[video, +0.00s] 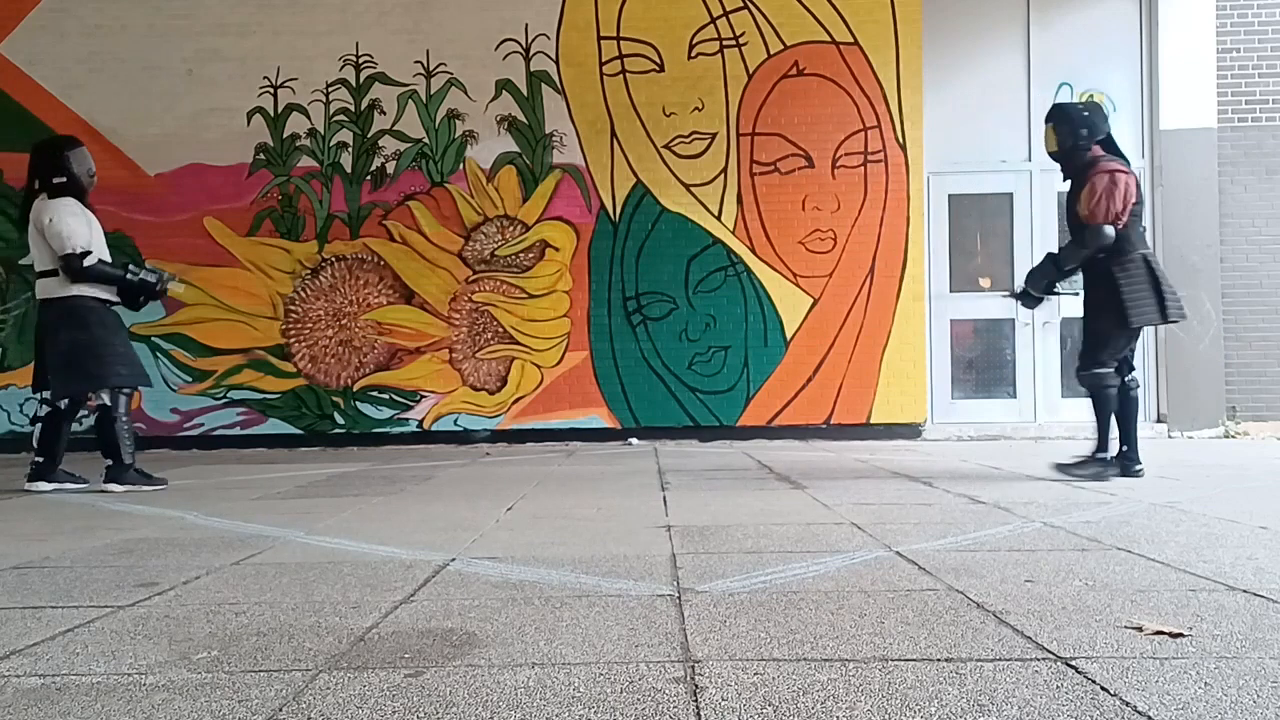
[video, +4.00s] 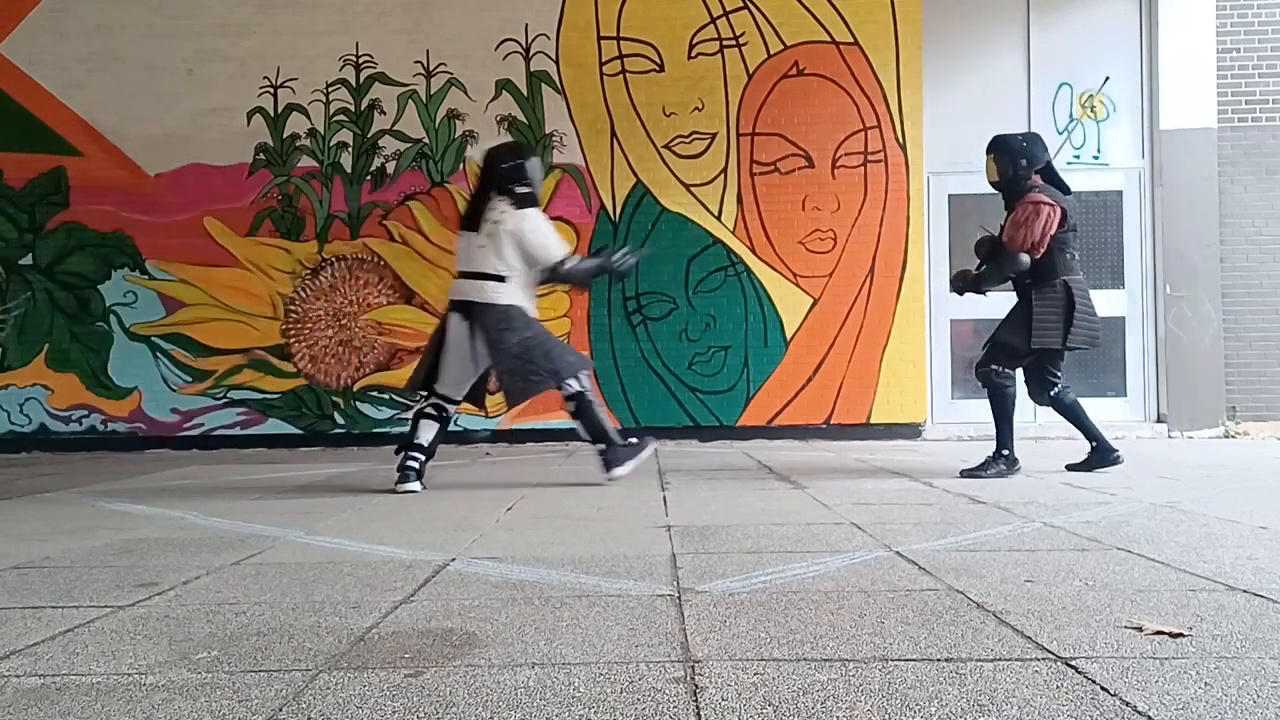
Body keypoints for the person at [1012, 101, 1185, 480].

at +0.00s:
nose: (1052, 146)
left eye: (1057, 137)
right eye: (1051, 137)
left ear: (1080, 136)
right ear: (1086, 136)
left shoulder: (1106, 176)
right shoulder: (1092, 176)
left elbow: (1097, 238)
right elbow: (1086, 242)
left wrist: (1051, 269)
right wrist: (1048, 277)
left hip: (1117, 286)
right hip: (1116, 285)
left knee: (1097, 367)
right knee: (1119, 368)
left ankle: (1103, 454)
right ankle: (1129, 457)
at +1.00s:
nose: (1111, 139)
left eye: (1119, 130)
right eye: (1110, 131)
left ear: (1144, 133)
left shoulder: (1173, 179)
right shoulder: (1112, 189)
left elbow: (1150, 229)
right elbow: (1088, 229)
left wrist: (1087, 248)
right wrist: (1057, 221)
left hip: (1165, 283)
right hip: (1122, 284)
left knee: (1168, 375)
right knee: (1115, 371)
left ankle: (1173, 455)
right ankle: (1139, 454)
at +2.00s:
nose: (1010, 167)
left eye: (1016, 159)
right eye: (1010, 159)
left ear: (1038, 162)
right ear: (1049, 164)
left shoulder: (1043, 200)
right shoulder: (1067, 196)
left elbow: (1002, 244)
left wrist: (968, 252)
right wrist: (1005, 222)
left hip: (1060, 303)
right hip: (1083, 302)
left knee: (1006, 372)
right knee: (1049, 386)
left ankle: (966, 450)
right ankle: (1102, 456)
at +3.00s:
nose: (944, 169)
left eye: (950, 161)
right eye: (944, 161)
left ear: (973, 164)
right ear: (986, 165)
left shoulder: (979, 201)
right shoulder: (1008, 198)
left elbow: (949, 255)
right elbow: (977, 253)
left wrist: (922, 274)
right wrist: (933, 269)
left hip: (993, 301)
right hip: (1017, 300)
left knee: (935, 368)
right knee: (1007, 387)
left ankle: (941, 460)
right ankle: (1070, 449)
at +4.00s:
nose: (992, 172)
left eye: (998, 164)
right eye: (992, 165)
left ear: (1022, 165)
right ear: (1026, 167)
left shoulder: (1034, 203)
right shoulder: (1034, 200)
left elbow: (1015, 260)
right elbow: (1026, 256)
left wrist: (975, 280)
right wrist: (994, 250)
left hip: (1048, 300)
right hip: (1056, 299)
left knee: (994, 367)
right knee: (1044, 385)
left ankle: (1004, 456)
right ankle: (1102, 447)